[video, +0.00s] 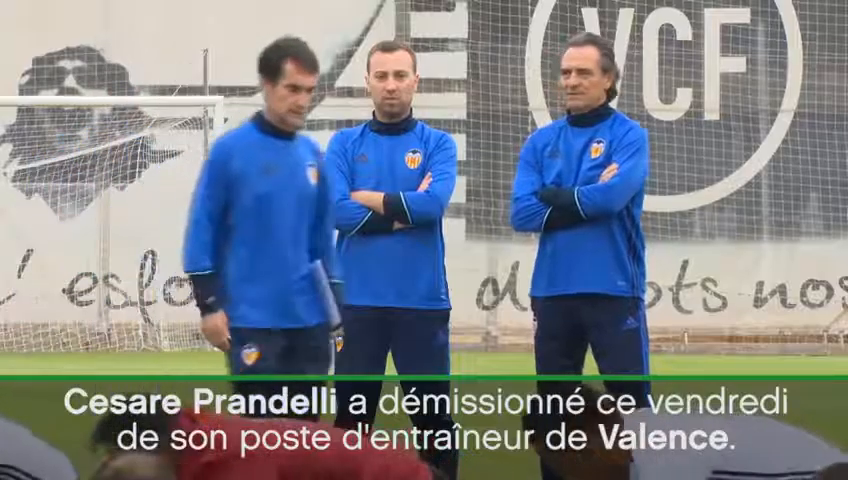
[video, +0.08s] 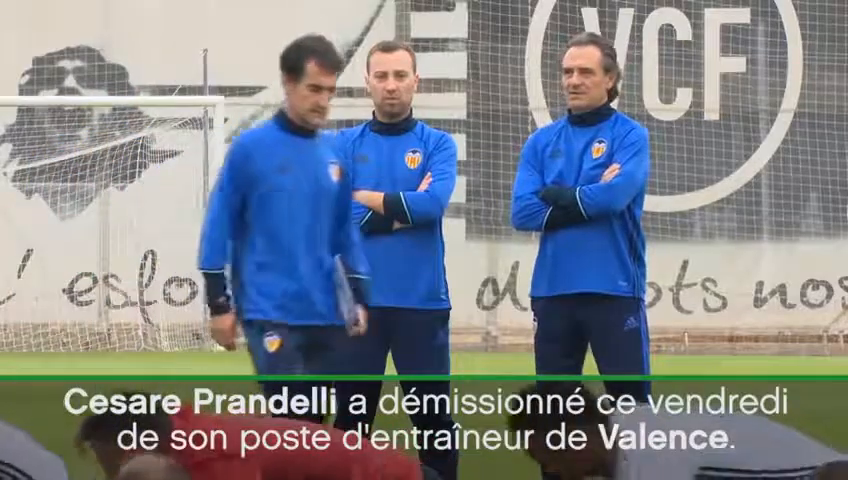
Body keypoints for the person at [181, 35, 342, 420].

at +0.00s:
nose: (302, 101)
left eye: (309, 91)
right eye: (293, 89)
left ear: (316, 92)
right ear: (266, 85)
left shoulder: (312, 154)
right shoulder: (230, 150)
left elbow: (322, 241)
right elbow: (200, 232)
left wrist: (335, 313)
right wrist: (209, 305)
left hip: (310, 317)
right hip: (251, 318)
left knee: (307, 433)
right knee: (258, 434)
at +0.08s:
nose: (324, 101)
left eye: (331, 91)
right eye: (315, 89)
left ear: (336, 90)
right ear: (287, 84)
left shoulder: (333, 154)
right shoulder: (250, 148)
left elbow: (345, 231)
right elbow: (217, 226)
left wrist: (361, 297)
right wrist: (218, 303)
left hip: (324, 311)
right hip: (269, 313)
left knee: (324, 423)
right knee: (293, 423)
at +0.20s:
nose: (353, 109)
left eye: (360, 99)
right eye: (344, 97)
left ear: (366, 95)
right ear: (317, 91)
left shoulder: (367, 160)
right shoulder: (281, 157)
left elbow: (378, 236)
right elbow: (244, 232)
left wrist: (393, 300)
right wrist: (238, 310)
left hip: (356, 315)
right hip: (299, 313)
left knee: (355, 429)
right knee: (321, 414)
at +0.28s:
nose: (372, 115)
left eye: (379, 105)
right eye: (363, 104)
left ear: (386, 101)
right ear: (336, 97)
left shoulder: (387, 163)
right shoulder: (302, 163)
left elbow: (399, 239)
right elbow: (266, 238)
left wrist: (412, 304)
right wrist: (255, 316)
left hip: (373, 321)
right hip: (321, 320)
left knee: (358, 439)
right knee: (333, 439)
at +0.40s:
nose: (401, 112)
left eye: (408, 101)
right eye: (391, 100)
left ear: (416, 95)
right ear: (364, 93)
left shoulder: (415, 158)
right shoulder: (330, 160)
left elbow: (428, 237)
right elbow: (299, 241)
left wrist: (439, 303)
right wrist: (291, 320)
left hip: (412, 318)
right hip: (352, 319)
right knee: (365, 442)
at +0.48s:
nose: (419, 108)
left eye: (425, 97)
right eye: (409, 96)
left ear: (433, 92)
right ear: (378, 88)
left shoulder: (439, 147)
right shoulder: (347, 148)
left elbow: (445, 224)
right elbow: (321, 232)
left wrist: (453, 294)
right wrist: (321, 316)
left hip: (427, 320)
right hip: (366, 323)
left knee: (437, 443)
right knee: (365, 446)